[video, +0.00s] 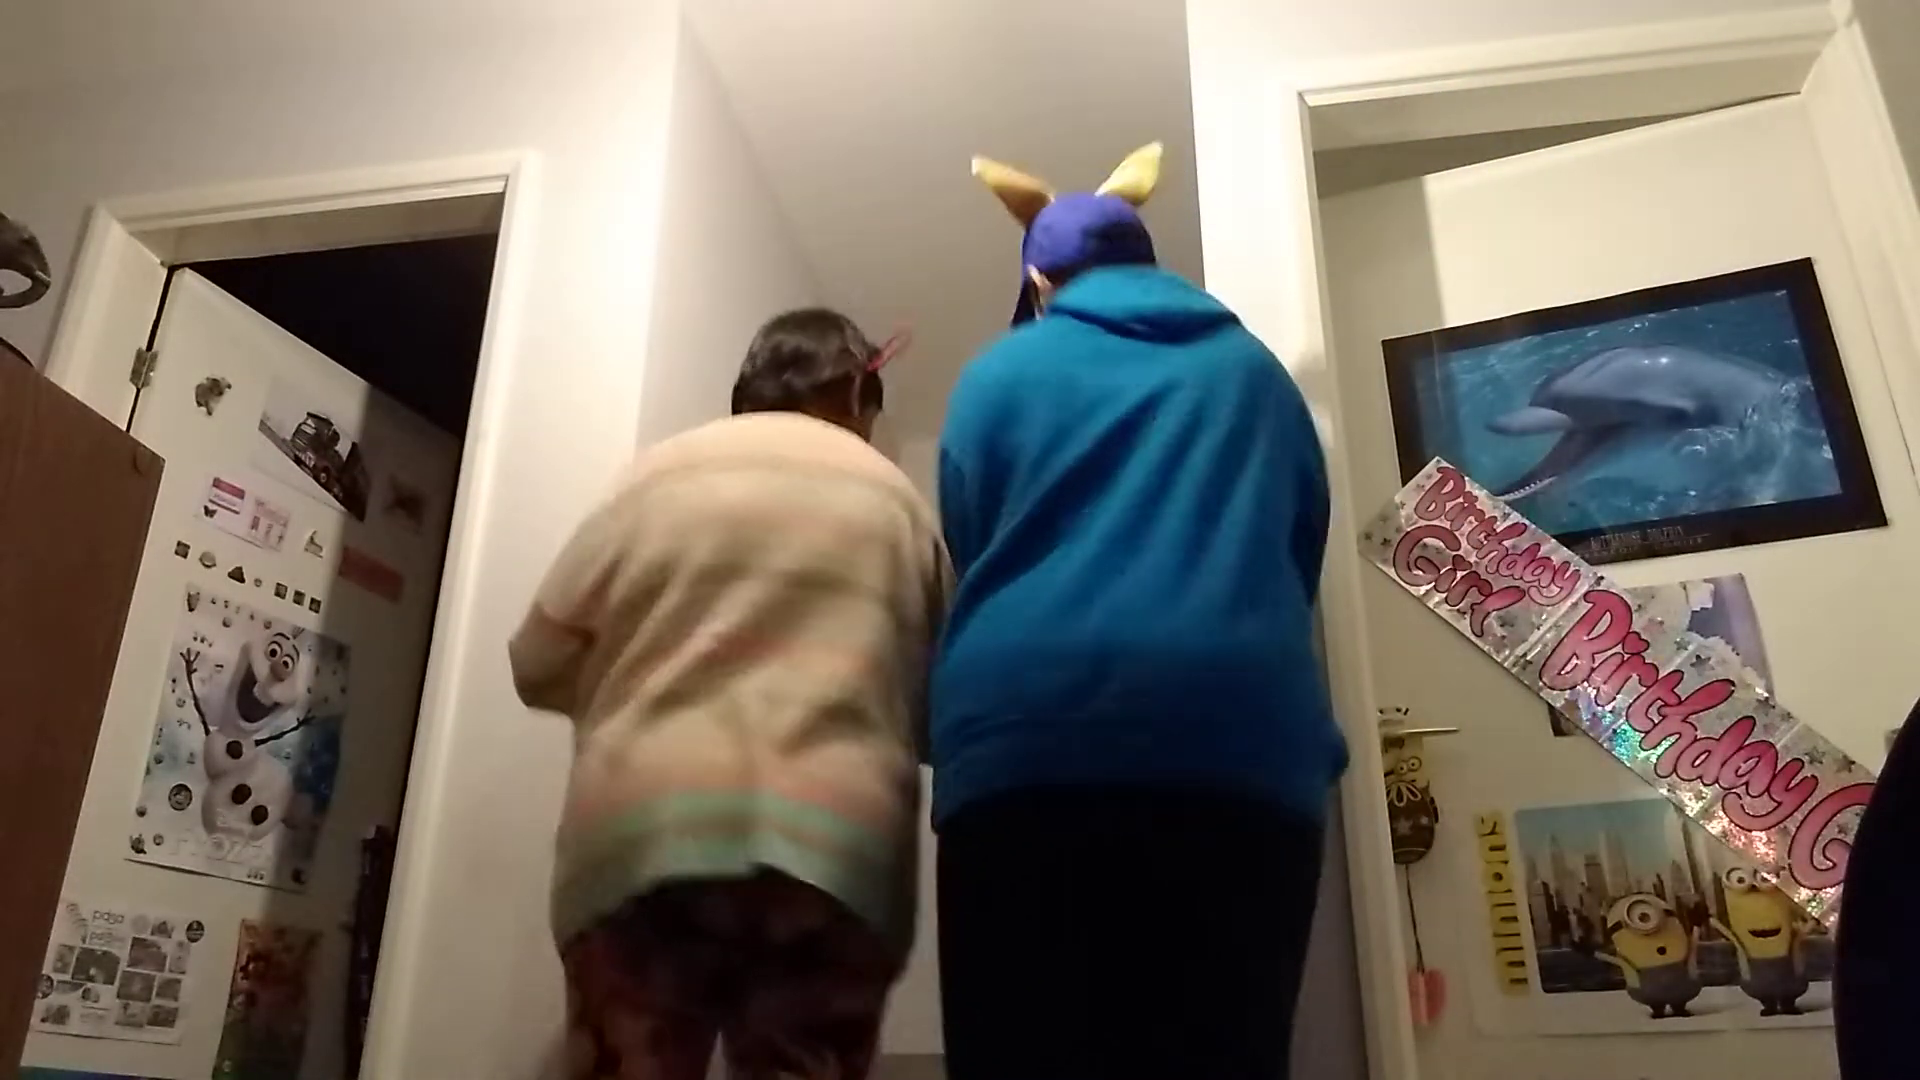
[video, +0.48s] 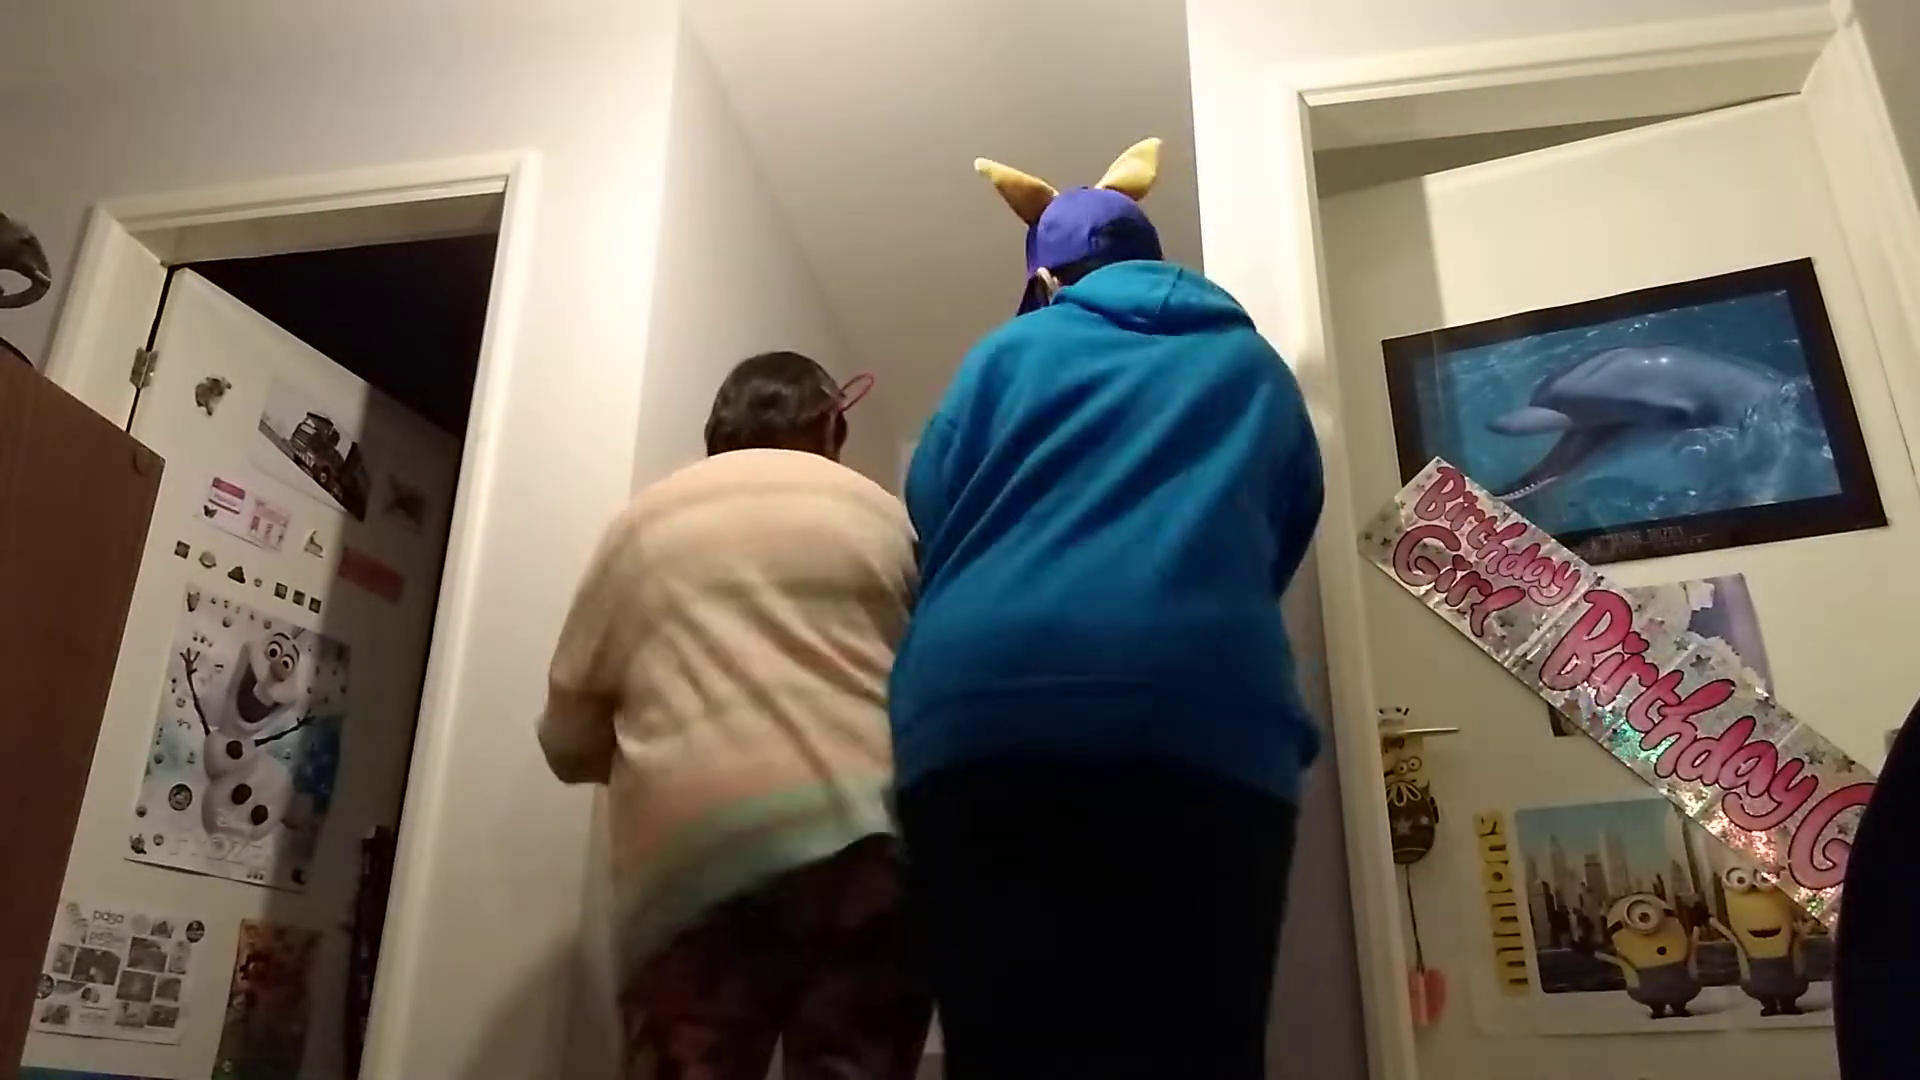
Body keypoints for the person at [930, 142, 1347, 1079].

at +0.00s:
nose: (1022, 304)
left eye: (1023, 289)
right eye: (1025, 290)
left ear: (1040, 286)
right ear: (1150, 266)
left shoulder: (1001, 372)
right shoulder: (1259, 370)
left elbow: (968, 543)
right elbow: (1305, 536)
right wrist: (1258, 650)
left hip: (1021, 750)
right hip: (1250, 754)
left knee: (1019, 1040)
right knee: (1226, 1044)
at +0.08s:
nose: (1022, 265)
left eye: (1028, 252)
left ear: (1035, 262)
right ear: (1151, 248)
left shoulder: (974, 364)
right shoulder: (1249, 358)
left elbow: (954, 546)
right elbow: (1299, 548)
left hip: (1031, 735)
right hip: (1261, 729)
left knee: (1037, 1032)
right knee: (1250, 1034)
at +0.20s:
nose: (1016, 286)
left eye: (1022, 273)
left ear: (1031, 284)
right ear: (1151, 281)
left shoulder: (953, 392)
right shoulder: (1220, 379)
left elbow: (941, 576)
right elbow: (1299, 580)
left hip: (1035, 768)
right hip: (1266, 753)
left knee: (1061, 1048)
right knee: (1266, 1048)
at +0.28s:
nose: (1018, 300)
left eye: (1023, 287)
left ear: (1033, 300)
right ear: (1154, 290)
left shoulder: (964, 394)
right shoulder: (1221, 388)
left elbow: (938, 570)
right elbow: (1275, 560)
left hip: (1020, 760)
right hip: (1249, 747)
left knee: (1048, 1042)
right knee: (1252, 1044)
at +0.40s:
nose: (1026, 288)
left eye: (1030, 275)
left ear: (1044, 279)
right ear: (1155, 262)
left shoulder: (992, 360)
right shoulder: (1241, 366)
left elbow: (938, 519)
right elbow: (1286, 517)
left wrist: (985, 619)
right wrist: (1209, 605)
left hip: (989, 719)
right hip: (1222, 722)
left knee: (1008, 1027)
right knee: (1219, 1023)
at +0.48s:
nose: (1025, 294)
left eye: (1029, 281)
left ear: (1045, 281)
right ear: (1155, 262)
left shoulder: (996, 361)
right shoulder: (1254, 364)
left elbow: (930, 513)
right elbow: (1289, 523)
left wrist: (970, 616)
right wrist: (1211, 613)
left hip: (979, 734)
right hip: (1215, 739)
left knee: (1004, 1038)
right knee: (1202, 1040)